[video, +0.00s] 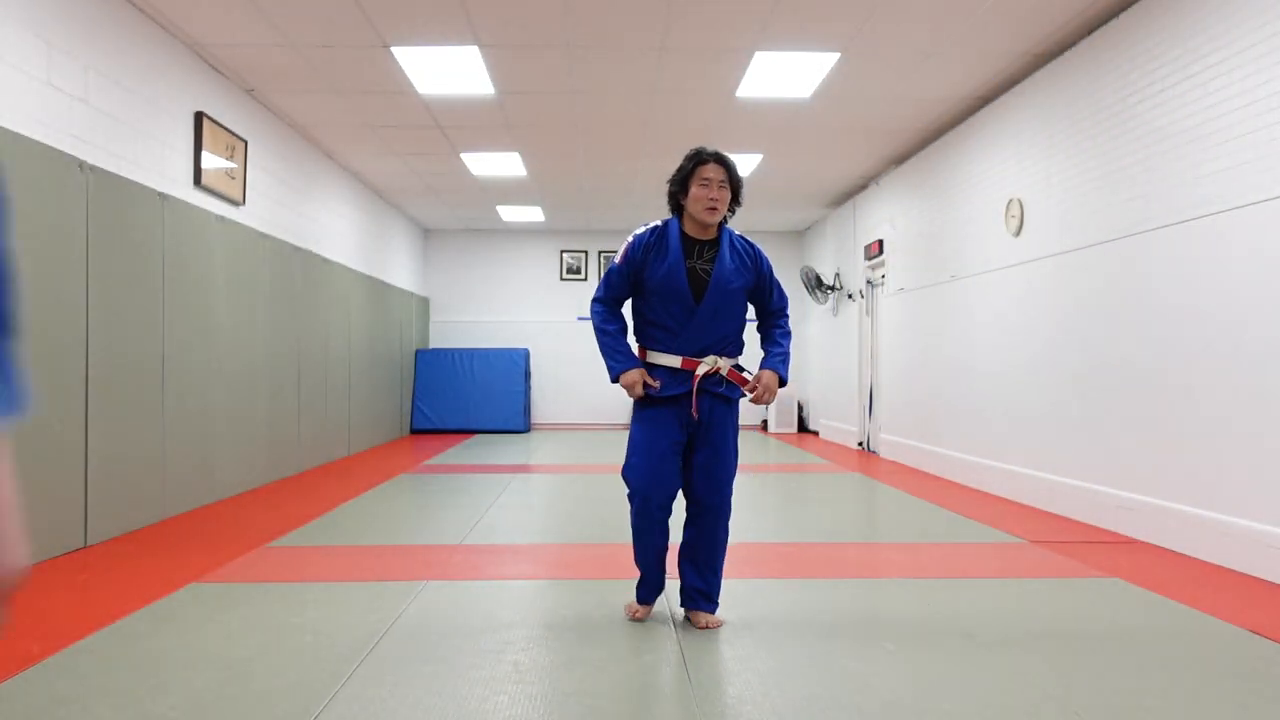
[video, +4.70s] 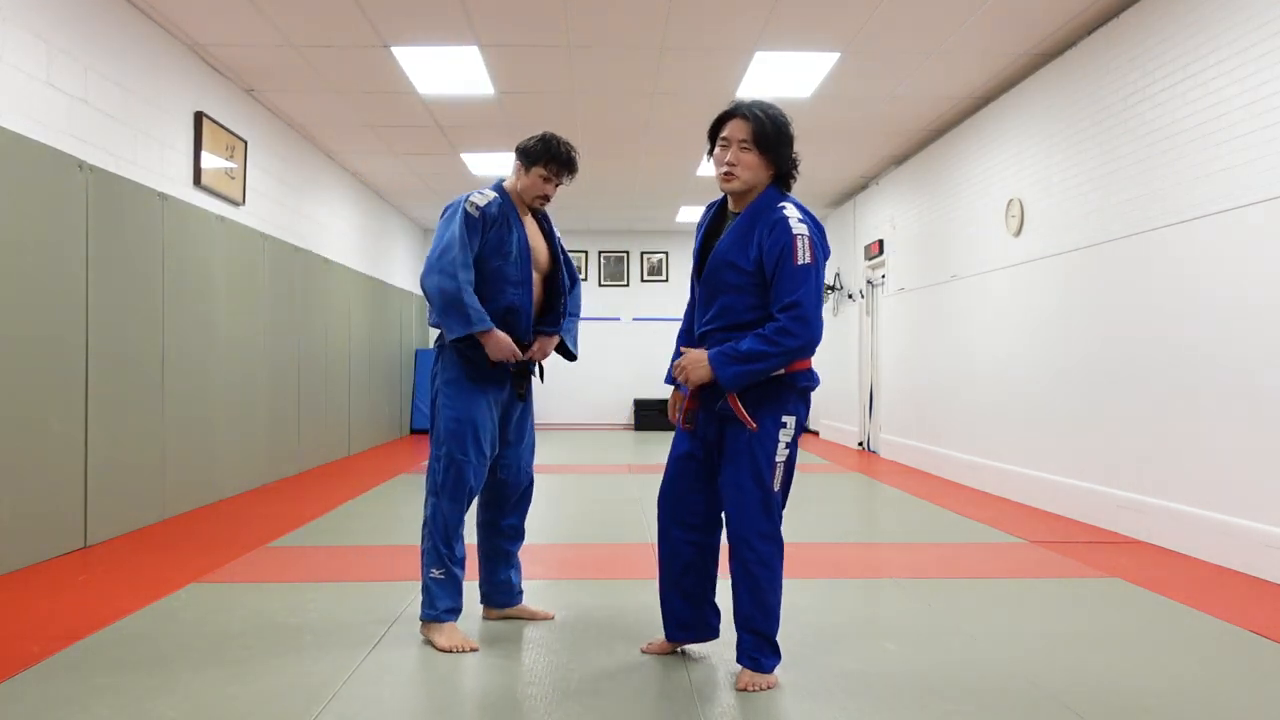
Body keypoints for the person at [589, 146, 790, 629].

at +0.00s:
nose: (714, 194)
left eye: (723, 186)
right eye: (703, 184)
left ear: (732, 198)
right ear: (681, 192)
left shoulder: (748, 256)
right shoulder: (648, 245)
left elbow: (775, 316)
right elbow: (605, 305)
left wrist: (774, 367)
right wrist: (623, 364)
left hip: (719, 395)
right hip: (658, 392)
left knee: (712, 501)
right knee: (647, 488)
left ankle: (700, 601)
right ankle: (649, 584)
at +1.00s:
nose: (610, 210)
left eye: (619, 203)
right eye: (603, 206)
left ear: (642, 211)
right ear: (600, 221)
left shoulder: (668, 244)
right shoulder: (604, 269)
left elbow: (713, 293)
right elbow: (594, 317)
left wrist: (682, 350)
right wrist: (597, 340)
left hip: (672, 381)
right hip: (628, 383)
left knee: (676, 481)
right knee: (636, 482)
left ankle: (686, 586)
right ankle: (662, 576)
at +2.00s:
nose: (674, 209)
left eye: (684, 203)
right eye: (666, 201)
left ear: (698, 214)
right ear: (651, 210)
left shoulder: (722, 260)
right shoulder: (629, 265)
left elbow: (754, 322)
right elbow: (611, 328)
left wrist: (758, 386)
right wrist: (622, 379)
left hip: (710, 390)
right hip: (653, 393)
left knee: (721, 492)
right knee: (652, 491)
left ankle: (736, 591)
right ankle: (666, 575)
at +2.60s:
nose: (741, 196)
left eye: (752, 191)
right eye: (734, 186)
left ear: (764, 205)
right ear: (715, 193)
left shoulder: (775, 255)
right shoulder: (680, 242)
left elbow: (805, 324)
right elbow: (646, 303)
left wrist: (783, 283)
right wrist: (637, 367)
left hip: (740, 390)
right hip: (680, 384)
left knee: (739, 498)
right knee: (662, 493)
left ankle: (738, 596)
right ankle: (647, 595)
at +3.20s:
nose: (644, 182)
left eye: (654, 173)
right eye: (633, 177)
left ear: (675, 183)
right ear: (623, 196)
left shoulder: (708, 227)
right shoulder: (617, 258)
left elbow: (762, 272)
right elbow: (605, 336)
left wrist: (729, 239)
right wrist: (604, 408)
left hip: (719, 383)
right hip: (655, 389)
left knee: (744, 493)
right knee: (653, 506)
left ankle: (750, 580)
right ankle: (658, 619)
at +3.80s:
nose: (659, 171)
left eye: (672, 163)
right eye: (651, 165)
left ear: (696, 176)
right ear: (640, 180)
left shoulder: (724, 228)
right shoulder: (639, 243)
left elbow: (738, 298)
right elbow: (621, 326)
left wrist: (657, 279)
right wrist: (604, 397)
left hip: (712, 389)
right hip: (655, 391)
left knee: (725, 522)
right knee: (650, 514)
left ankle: (750, 649)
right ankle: (660, 619)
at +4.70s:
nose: (727, 157)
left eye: (743, 147)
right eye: (721, 146)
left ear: (774, 159)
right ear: (714, 155)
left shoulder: (793, 225)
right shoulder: (716, 219)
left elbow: (800, 330)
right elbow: (699, 307)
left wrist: (716, 362)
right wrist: (681, 375)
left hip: (767, 394)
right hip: (710, 388)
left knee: (753, 526)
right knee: (681, 509)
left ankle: (758, 657)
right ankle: (690, 626)